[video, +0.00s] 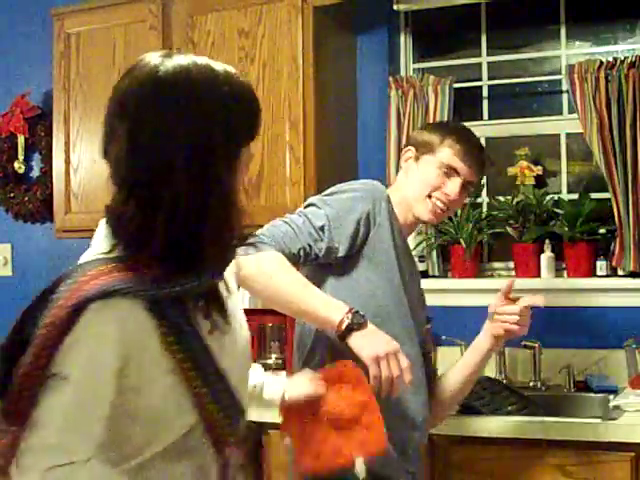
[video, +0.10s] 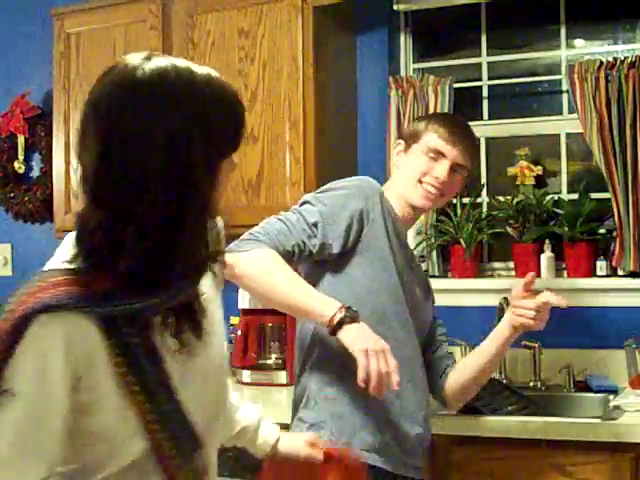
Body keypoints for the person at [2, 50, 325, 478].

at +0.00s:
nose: (245, 169)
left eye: (242, 152)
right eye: (237, 153)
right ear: (197, 160)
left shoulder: (204, 275)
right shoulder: (112, 311)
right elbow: (51, 466)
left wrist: (281, 391)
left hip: (218, 470)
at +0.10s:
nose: (229, 171)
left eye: (228, 156)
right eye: (222, 157)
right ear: (179, 165)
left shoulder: (193, 259)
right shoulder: (58, 326)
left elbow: (203, 390)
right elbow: (20, 467)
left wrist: (270, 441)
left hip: (196, 471)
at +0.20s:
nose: (217, 170)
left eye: (211, 156)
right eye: (203, 158)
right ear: (146, 166)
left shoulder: (189, 245)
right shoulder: (19, 321)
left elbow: (184, 394)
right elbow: (9, 466)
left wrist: (256, 466)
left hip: (175, 470)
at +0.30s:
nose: (198, 151)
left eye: (191, 127)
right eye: (170, 134)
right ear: (104, 148)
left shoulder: (187, 241)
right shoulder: (14, 307)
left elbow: (173, 398)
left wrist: (241, 472)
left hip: (151, 470)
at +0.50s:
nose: (163, 136)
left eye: (181, 108)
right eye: (127, 119)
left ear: (210, 124)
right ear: (87, 148)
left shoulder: (210, 265)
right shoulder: (26, 301)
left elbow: (189, 427)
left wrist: (234, 473)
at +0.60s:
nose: (195, 130)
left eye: (215, 104)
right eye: (162, 112)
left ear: (246, 124)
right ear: (122, 145)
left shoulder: (231, 279)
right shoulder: (61, 302)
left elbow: (225, 450)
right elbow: (9, 467)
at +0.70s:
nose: (237, 119)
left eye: (258, 95)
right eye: (205, 100)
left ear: (287, 119)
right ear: (165, 131)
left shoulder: (292, 266)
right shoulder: (98, 284)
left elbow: (273, 449)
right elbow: (40, 468)